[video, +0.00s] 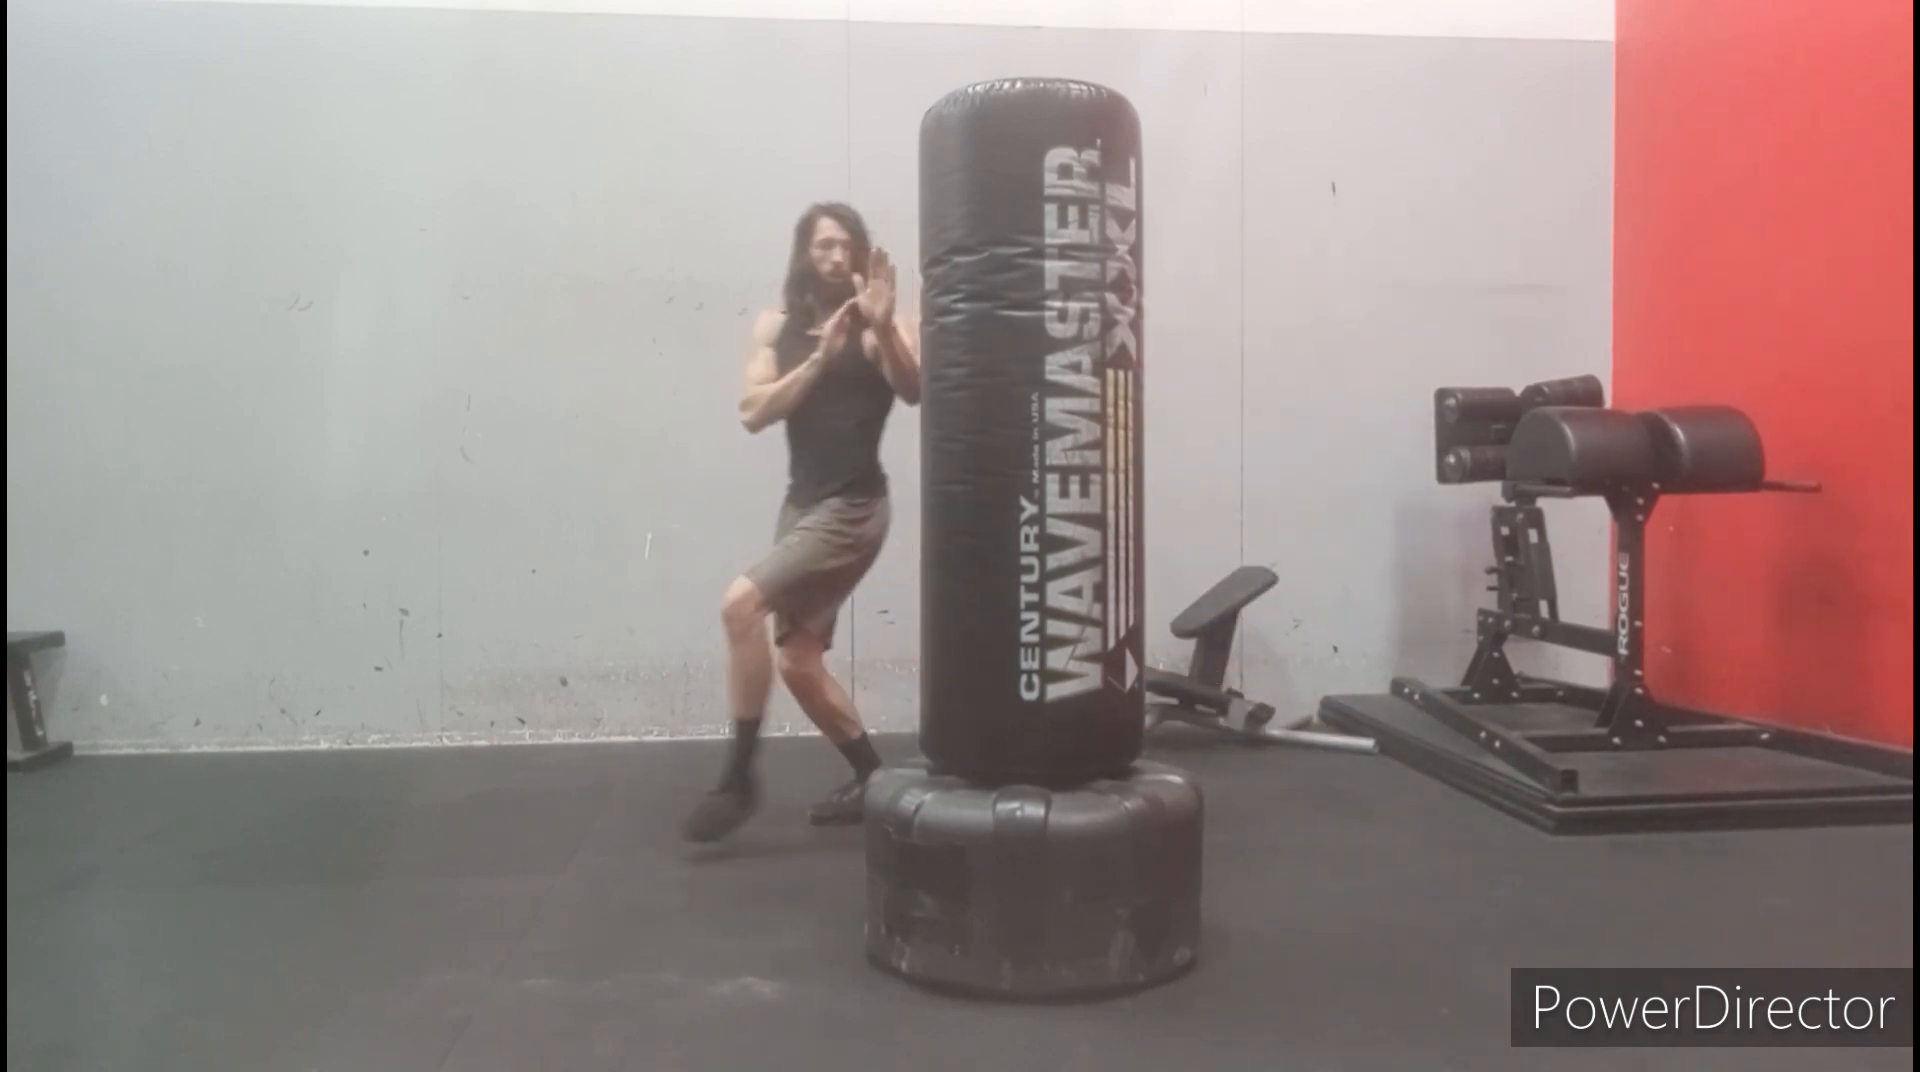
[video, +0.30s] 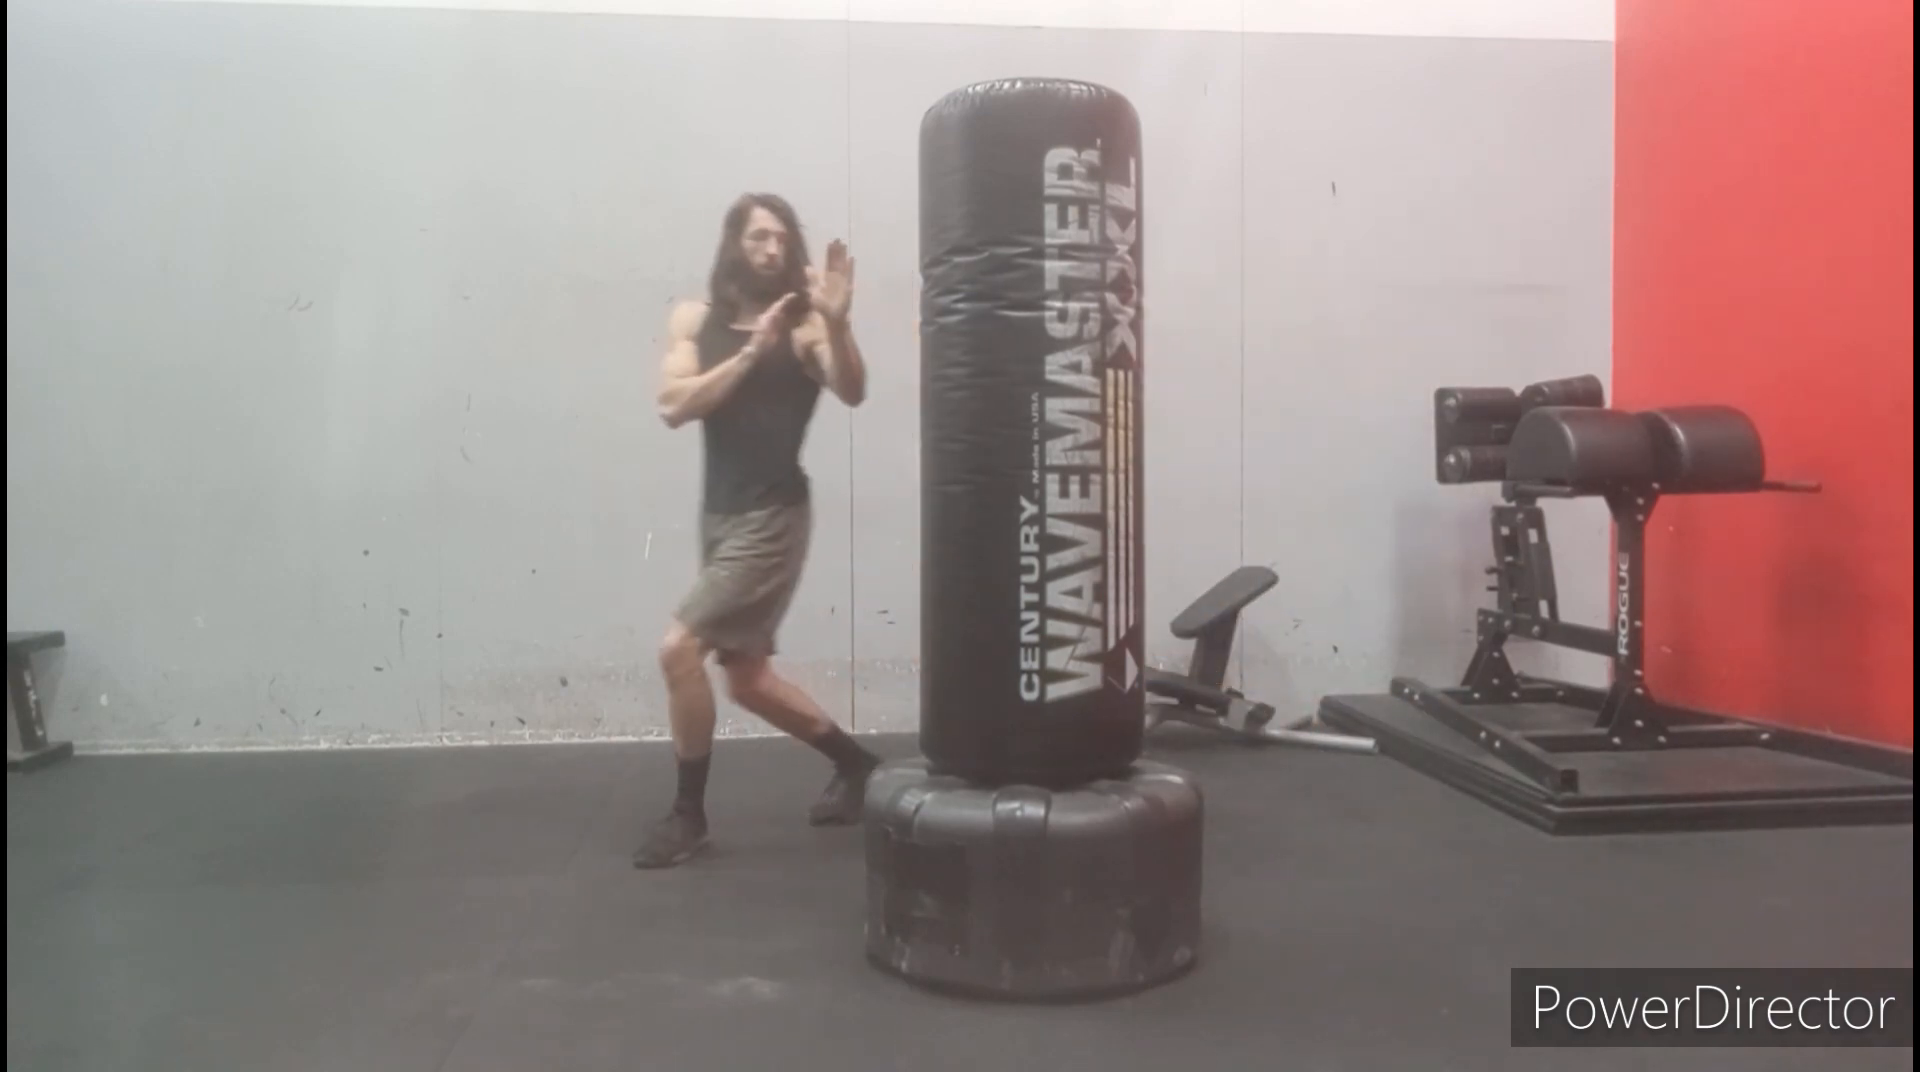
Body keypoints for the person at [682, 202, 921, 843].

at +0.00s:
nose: (835, 256)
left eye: (844, 246)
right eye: (824, 246)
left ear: (861, 256)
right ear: (801, 256)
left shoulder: (881, 318)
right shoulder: (776, 322)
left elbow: (912, 390)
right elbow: (754, 414)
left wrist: (882, 323)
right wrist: (823, 356)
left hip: (855, 503)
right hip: (801, 503)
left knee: (742, 606)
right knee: (800, 666)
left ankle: (739, 780)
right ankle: (872, 777)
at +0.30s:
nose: (769, 247)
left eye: (780, 239)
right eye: (756, 236)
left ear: (793, 253)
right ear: (732, 247)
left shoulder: (805, 322)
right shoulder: (697, 317)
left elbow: (852, 391)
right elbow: (674, 406)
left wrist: (839, 321)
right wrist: (753, 350)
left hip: (774, 514)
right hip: (721, 515)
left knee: (681, 651)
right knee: (749, 682)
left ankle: (689, 818)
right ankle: (856, 763)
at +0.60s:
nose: (708, 234)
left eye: (717, 224)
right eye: (693, 223)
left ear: (731, 237)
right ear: (664, 233)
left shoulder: (748, 312)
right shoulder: (624, 307)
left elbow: (802, 385)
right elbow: (606, 402)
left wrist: (802, 322)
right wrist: (690, 343)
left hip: (713, 513)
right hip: (647, 506)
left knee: (638, 665)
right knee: (577, 643)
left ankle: (683, 817)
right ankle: (681, 728)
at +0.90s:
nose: (650, 222)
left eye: (658, 212)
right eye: (634, 211)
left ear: (670, 224)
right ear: (599, 221)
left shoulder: (686, 305)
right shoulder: (553, 300)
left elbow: (761, 378)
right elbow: (551, 400)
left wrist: (773, 317)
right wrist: (641, 334)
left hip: (658, 514)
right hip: (582, 507)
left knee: (607, 688)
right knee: (530, 645)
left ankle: (682, 815)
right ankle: (505, 838)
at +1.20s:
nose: (593, 209)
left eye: (600, 197)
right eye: (577, 195)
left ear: (607, 208)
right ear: (535, 200)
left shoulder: (615, 295)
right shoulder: (472, 279)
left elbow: (706, 371)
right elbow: (480, 382)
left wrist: (741, 307)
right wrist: (577, 325)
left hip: (588, 513)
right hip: (504, 511)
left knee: (565, 695)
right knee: (496, 693)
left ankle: (643, 775)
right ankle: (512, 860)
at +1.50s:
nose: (560, 202)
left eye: (566, 189)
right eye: (544, 187)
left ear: (572, 200)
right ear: (497, 191)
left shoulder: (579, 292)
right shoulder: (425, 273)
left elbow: (682, 368)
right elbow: (445, 385)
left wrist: (728, 301)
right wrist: (547, 322)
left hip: (553, 513)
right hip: (466, 522)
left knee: (519, 648)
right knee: (487, 721)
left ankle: (524, 853)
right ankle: (521, 860)